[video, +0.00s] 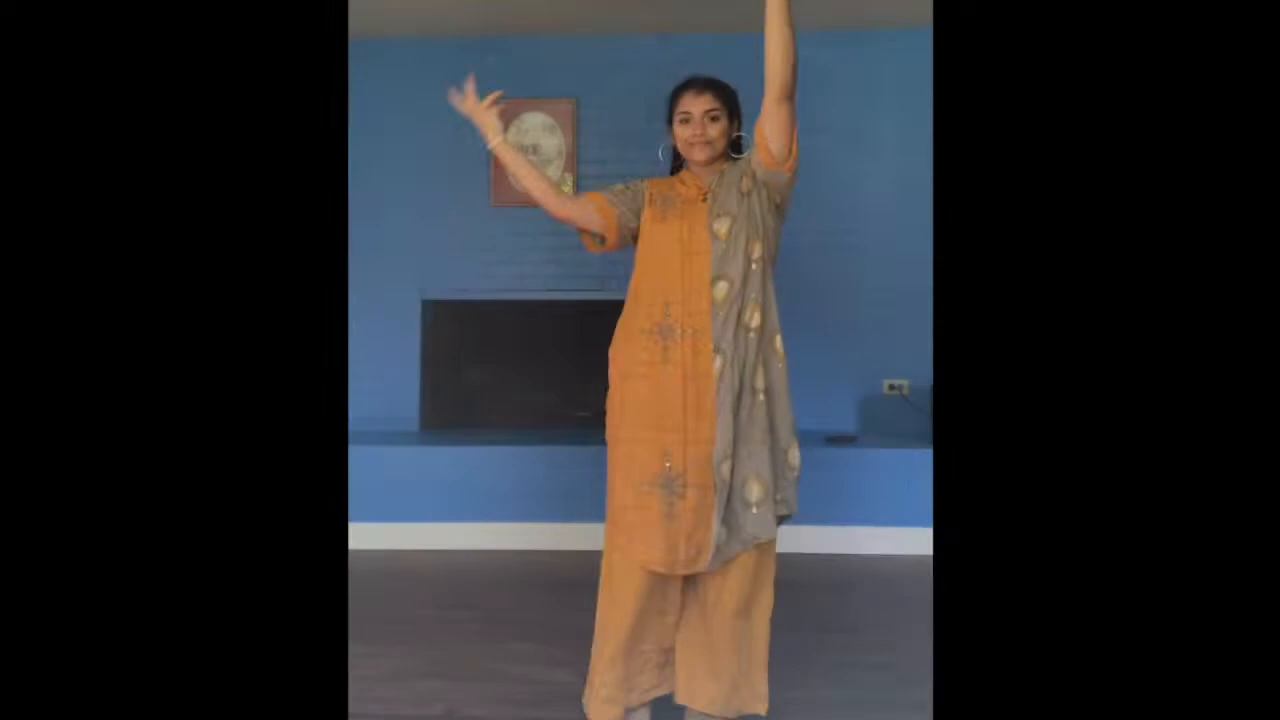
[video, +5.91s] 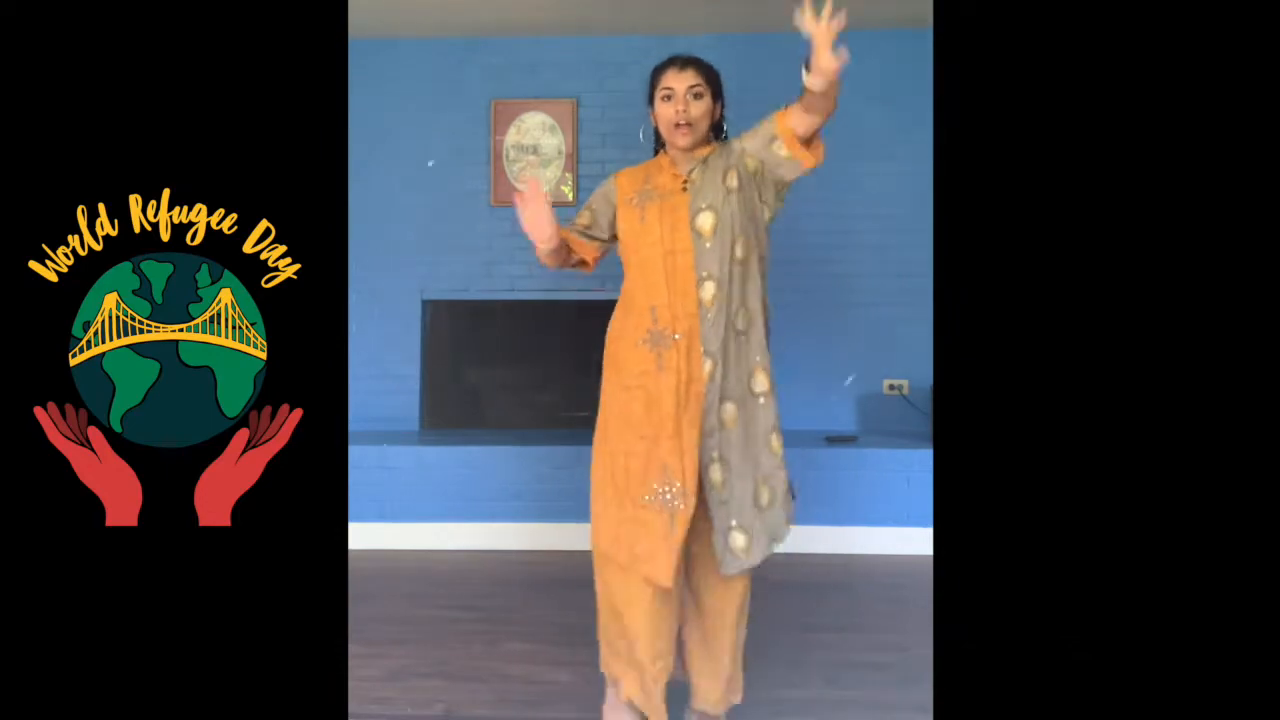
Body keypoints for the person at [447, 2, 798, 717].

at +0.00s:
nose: (699, 127)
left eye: (711, 117)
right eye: (686, 119)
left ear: (732, 129)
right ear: (671, 132)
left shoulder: (757, 189)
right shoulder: (650, 198)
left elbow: (780, 91)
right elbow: (564, 205)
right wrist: (495, 136)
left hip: (736, 397)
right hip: (651, 397)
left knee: (731, 560)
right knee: (640, 557)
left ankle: (720, 708)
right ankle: (616, 707)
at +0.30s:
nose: (700, 120)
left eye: (713, 109)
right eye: (688, 111)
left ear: (736, 120)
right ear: (673, 125)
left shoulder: (762, 180)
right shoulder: (649, 195)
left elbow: (789, 81)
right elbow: (562, 228)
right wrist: (463, 241)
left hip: (736, 394)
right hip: (650, 392)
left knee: (725, 554)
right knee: (632, 548)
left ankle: (715, 700)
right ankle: (639, 700)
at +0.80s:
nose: (695, 127)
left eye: (709, 115)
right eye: (683, 116)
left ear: (732, 127)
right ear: (668, 129)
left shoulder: (752, 187)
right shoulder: (638, 197)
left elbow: (793, 90)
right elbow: (564, 250)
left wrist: (810, 1)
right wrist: (545, 317)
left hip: (740, 392)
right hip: (653, 393)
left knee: (727, 547)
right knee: (632, 541)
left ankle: (708, 696)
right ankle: (641, 695)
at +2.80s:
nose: (690, 121)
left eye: (704, 109)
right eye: (677, 110)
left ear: (722, 119)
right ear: (660, 119)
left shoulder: (744, 181)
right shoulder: (631, 189)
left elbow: (796, 95)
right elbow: (556, 253)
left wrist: (825, 6)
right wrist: (576, 335)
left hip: (721, 384)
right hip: (639, 384)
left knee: (712, 537)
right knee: (628, 535)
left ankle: (703, 692)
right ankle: (612, 696)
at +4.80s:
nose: (692, 116)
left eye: (706, 105)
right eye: (679, 107)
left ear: (727, 116)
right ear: (663, 120)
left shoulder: (753, 179)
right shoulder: (634, 191)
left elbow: (800, 87)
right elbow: (564, 253)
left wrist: (825, 1)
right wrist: (584, 329)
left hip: (732, 388)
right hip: (644, 388)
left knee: (727, 552)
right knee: (635, 553)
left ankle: (713, 701)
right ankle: (631, 706)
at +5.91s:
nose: (681, 107)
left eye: (695, 95)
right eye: (667, 96)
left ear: (716, 108)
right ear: (651, 112)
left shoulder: (744, 166)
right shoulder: (625, 187)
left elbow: (809, 115)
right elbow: (563, 254)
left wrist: (822, 72)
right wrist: (544, 235)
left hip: (724, 387)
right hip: (640, 388)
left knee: (718, 551)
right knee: (633, 548)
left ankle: (713, 703)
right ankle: (629, 700)